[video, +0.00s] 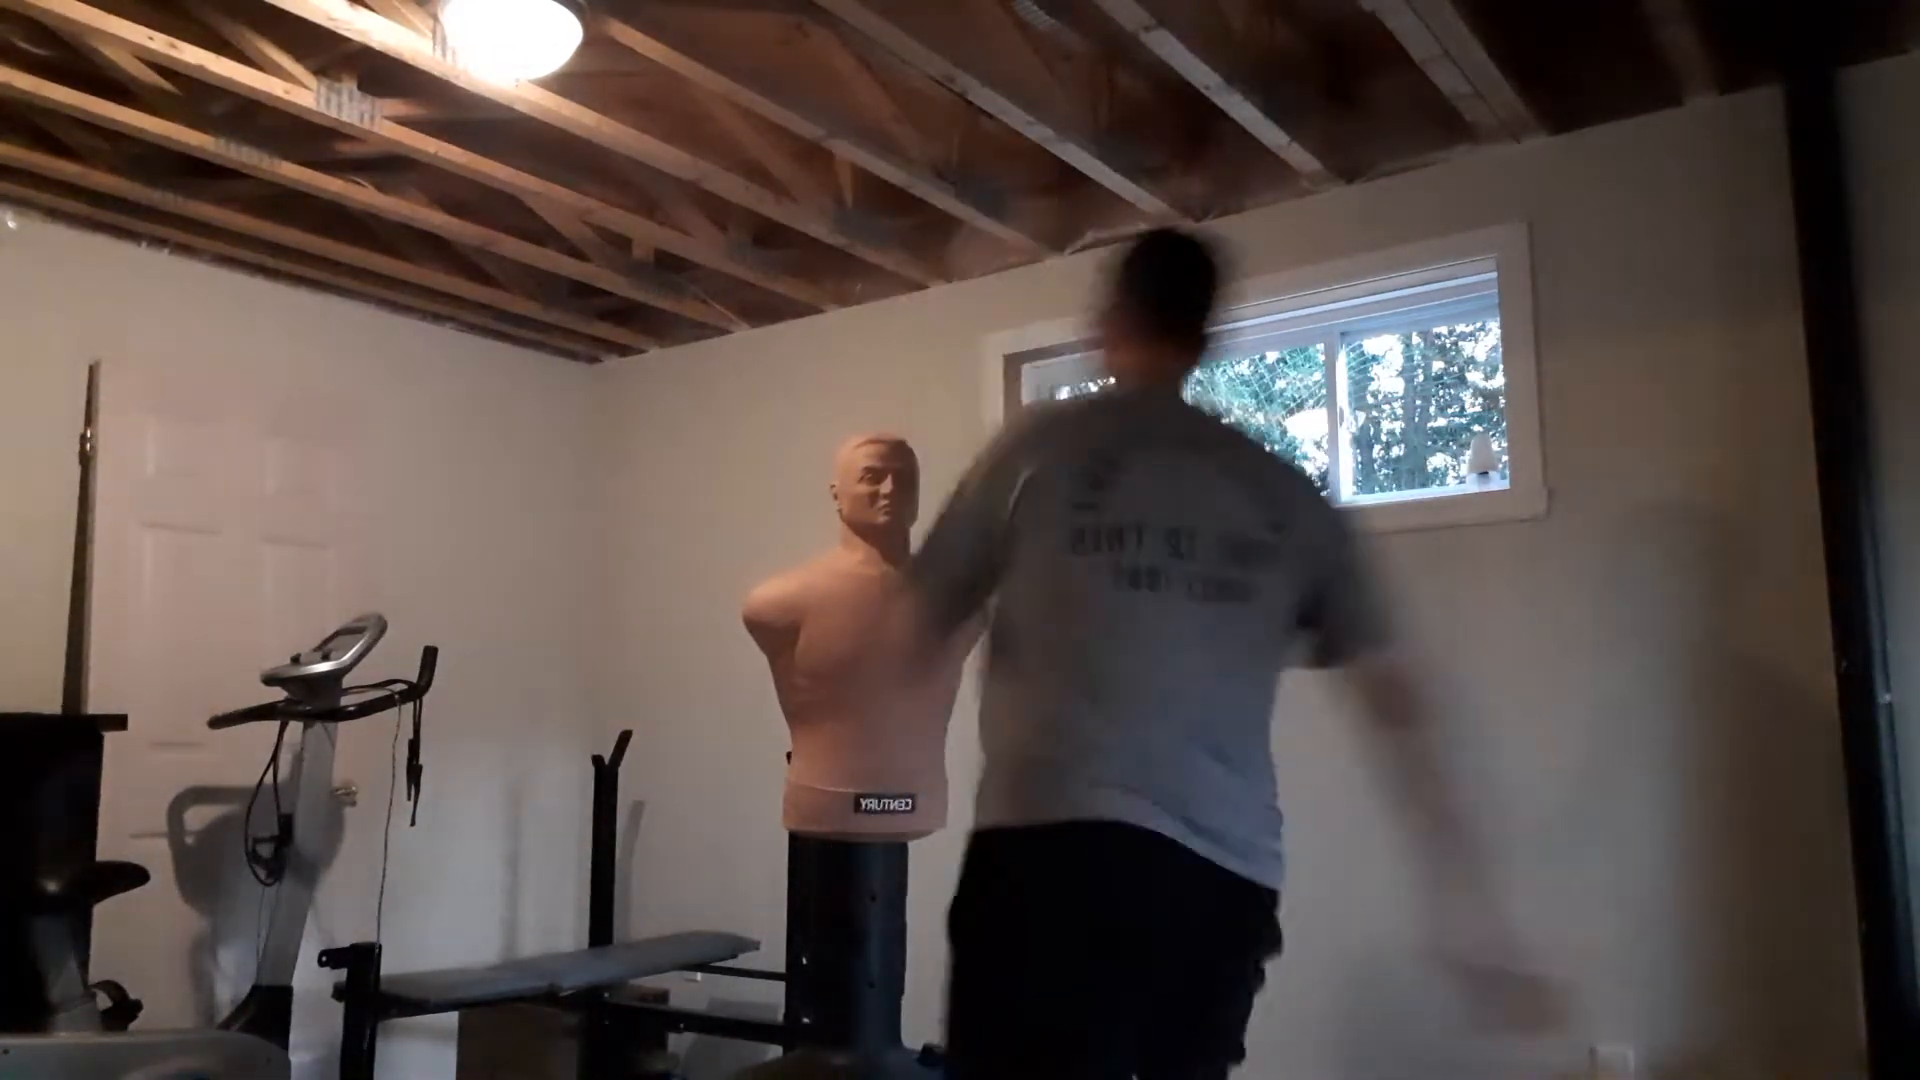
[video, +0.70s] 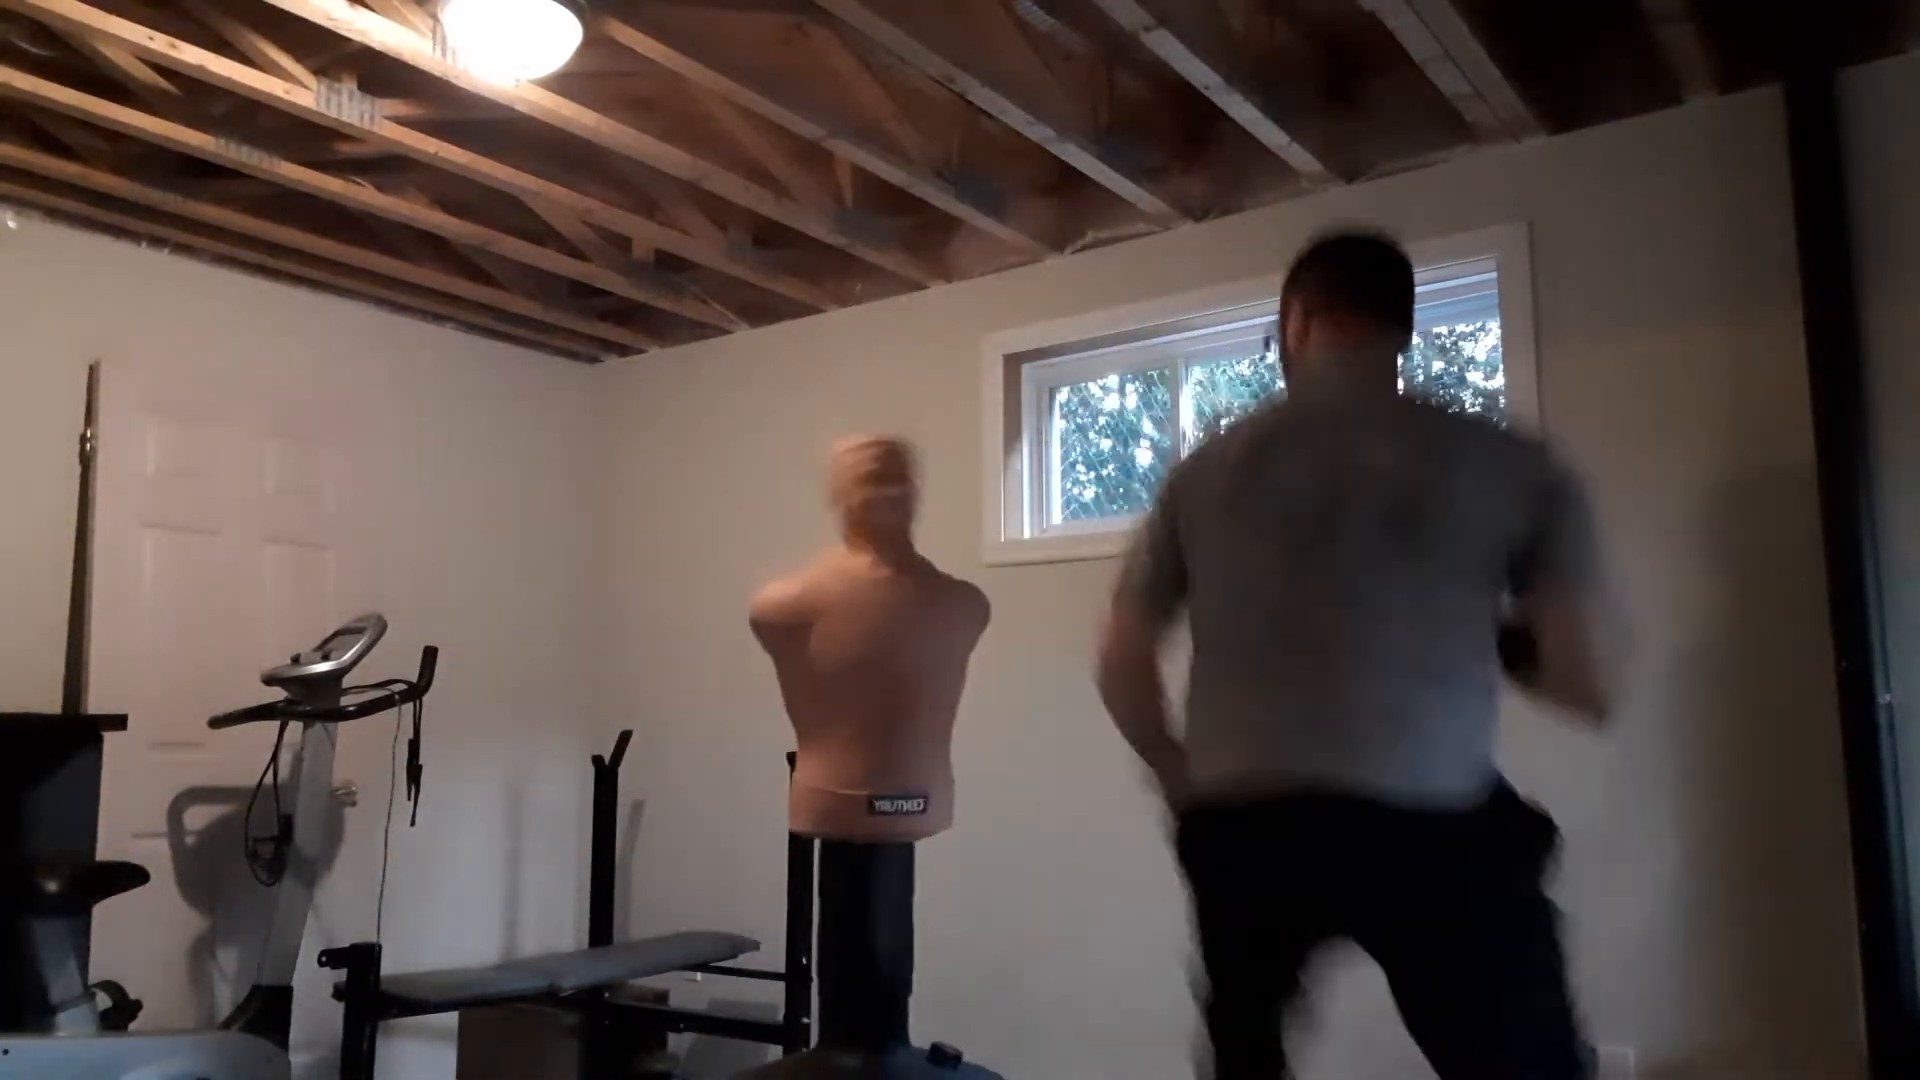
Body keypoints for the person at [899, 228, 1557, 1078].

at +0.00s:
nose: (1106, 328)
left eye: (1111, 313)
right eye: (1122, 312)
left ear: (1111, 323)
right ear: (1206, 333)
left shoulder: (1038, 444)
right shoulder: (1283, 490)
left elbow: (911, 636)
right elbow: (1395, 701)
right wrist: (1474, 928)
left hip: (1042, 859)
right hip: (1216, 882)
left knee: (1011, 1066)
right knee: (1181, 1067)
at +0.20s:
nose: (1274, 328)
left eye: (1281, 310)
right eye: (1289, 311)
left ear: (1295, 306)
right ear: (1397, 327)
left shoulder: (1216, 377)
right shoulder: (1472, 481)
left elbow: (992, 401)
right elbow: (1559, 685)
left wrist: (812, 407)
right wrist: (1504, 766)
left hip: (1023, 698)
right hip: (1193, 821)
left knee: (843, 739)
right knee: (1239, 1062)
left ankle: (809, 763)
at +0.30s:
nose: (1280, 386)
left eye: (1283, 368)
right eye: (1284, 371)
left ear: (1308, 358)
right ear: (1411, 379)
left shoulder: (1244, 418)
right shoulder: (1490, 552)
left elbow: (1021, 416)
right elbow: (1350, 633)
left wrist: (795, 406)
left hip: (1054, 678)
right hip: (1181, 826)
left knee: (1016, 570)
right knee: (1231, 1061)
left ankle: (916, 557)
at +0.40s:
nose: (1268, 397)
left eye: (1270, 378)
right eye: (1273, 381)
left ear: (1290, 369)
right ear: (1396, 380)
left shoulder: (1235, 437)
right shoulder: (1477, 534)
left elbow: (1014, 424)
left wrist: (822, 418)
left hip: (1075, 727)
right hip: (1215, 850)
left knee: (1125, 579)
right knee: (1241, 1062)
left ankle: (952, 593)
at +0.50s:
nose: (1255, 344)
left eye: (1258, 322)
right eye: (1260, 325)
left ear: (1275, 315)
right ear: (1377, 323)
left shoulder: (1219, 403)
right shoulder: (1486, 436)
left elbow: (1045, 446)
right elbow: (1475, 569)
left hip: (1134, 718)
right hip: (1301, 801)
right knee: (1325, 1047)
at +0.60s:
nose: (1270, 315)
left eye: (1271, 296)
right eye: (1272, 299)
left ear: (1289, 280)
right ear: (1396, 287)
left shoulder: (1215, 383)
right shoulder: (1507, 394)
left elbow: (1054, 532)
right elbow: (1556, 606)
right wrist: (1427, 541)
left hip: (1184, 737)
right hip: (1371, 772)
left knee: (1154, 798)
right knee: (1455, 1053)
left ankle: (1160, 1049)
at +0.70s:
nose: (1282, 342)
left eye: (1285, 323)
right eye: (1287, 324)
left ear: (1295, 323)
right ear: (1407, 332)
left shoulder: (1212, 469)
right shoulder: (1506, 463)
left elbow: (1120, 662)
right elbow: (1587, 684)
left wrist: (1177, 774)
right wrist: (1495, 629)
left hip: (1245, 830)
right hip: (1438, 829)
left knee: (1243, 1053)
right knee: (1524, 1063)